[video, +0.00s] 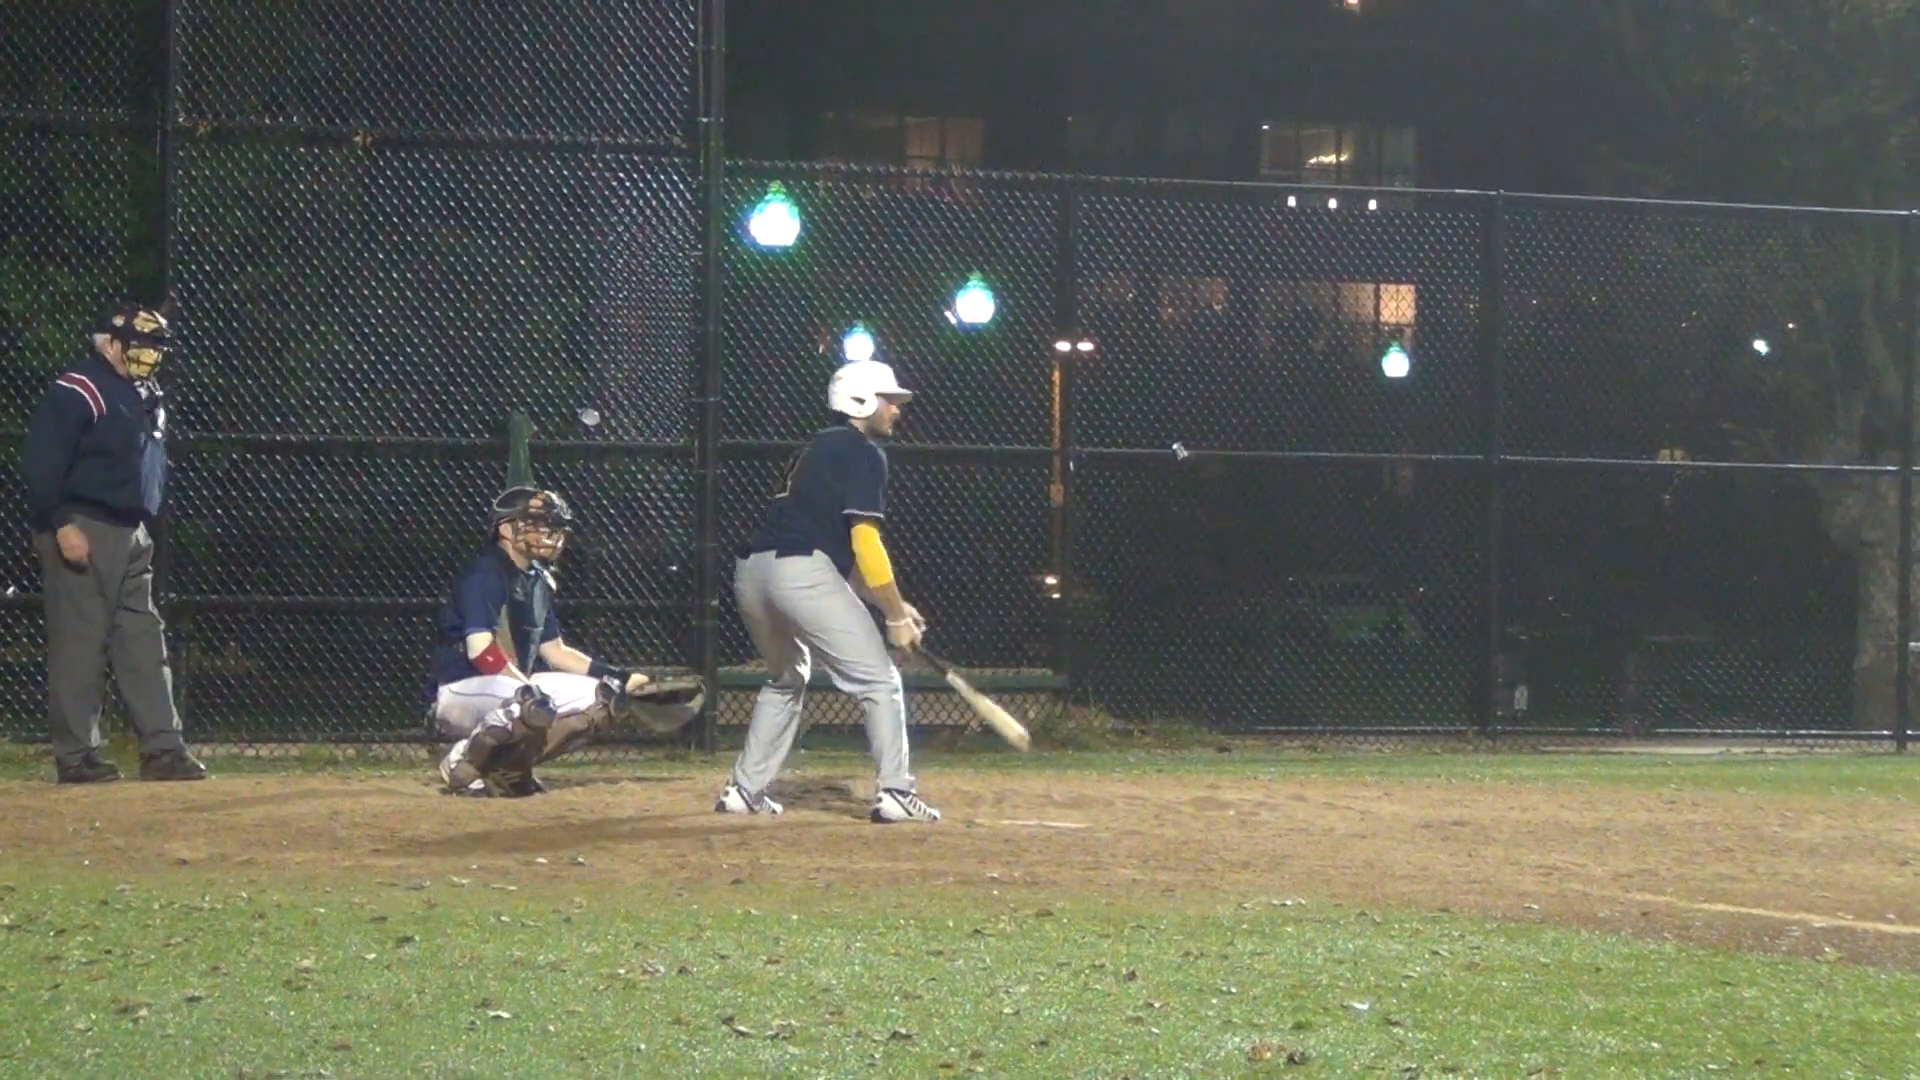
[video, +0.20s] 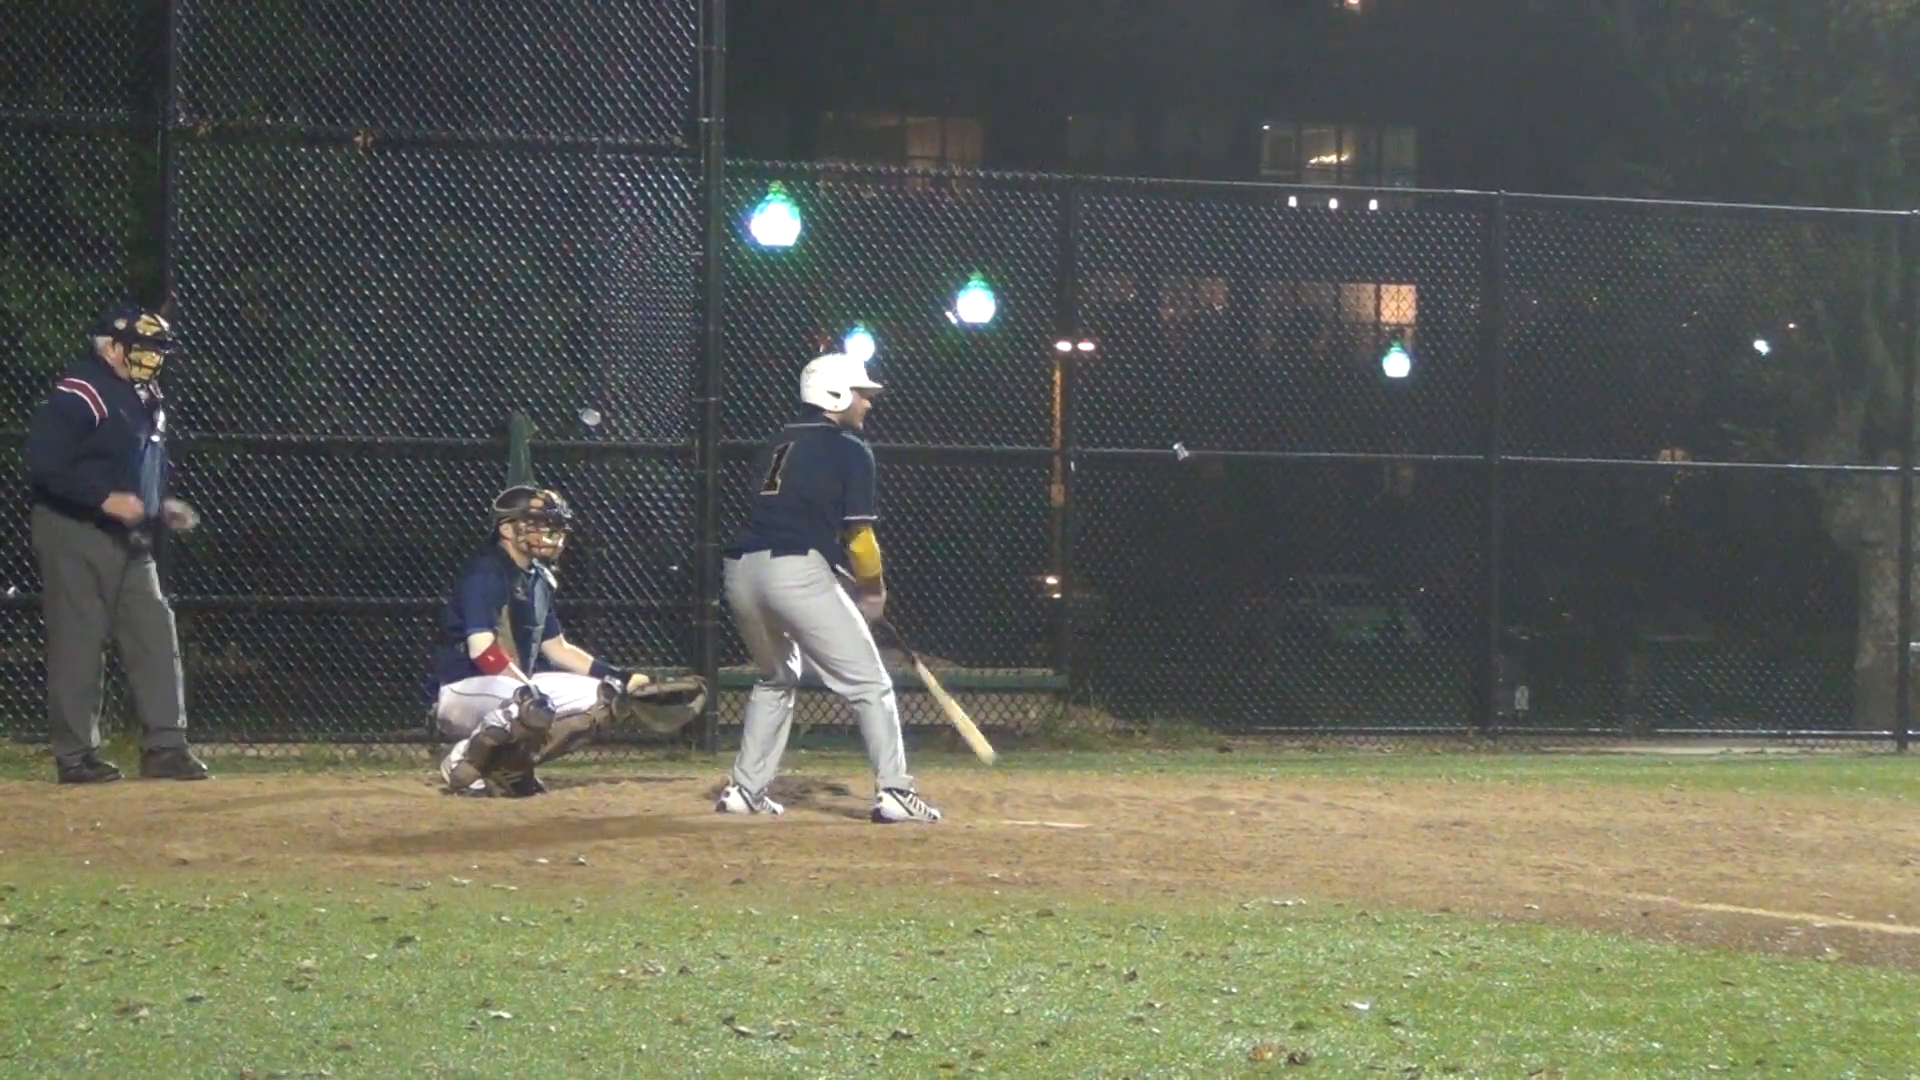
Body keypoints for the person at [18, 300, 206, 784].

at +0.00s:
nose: (149, 355)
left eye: (154, 347)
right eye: (140, 345)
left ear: (155, 349)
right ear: (113, 342)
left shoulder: (144, 394)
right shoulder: (79, 386)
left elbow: (143, 465)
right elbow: (40, 459)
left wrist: (142, 522)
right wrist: (61, 523)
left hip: (132, 534)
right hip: (80, 531)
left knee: (142, 641)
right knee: (79, 642)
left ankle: (163, 751)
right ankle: (75, 757)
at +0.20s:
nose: (150, 359)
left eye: (155, 350)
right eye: (142, 348)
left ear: (155, 351)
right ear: (114, 345)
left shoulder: (144, 395)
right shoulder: (83, 390)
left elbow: (139, 469)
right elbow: (45, 466)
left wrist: (163, 505)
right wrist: (104, 498)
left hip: (127, 533)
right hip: (72, 530)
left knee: (152, 628)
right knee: (78, 637)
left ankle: (166, 749)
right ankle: (76, 756)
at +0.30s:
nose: (155, 361)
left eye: (160, 352)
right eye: (147, 350)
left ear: (162, 354)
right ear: (118, 348)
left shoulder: (151, 400)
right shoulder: (85, 393)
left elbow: (146, 481)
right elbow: (68, 470)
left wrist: (192, 476)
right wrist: (139, 475)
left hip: (126, 536)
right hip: (73, 532)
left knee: (154, 627)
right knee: (77, 638)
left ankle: (171, 746)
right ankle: (76, 755)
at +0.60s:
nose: (191, 372)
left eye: (196, 364)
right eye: (182, 361)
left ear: (198, 367)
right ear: (154, 358)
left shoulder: (187, 414)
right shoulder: (122, 397)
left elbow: (207, 470)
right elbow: (140, 463)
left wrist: (262, 454)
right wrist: (206, 452)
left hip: (137, 539)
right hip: (83, 529)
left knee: (158, 640)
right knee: (84, 640)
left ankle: (182, 750)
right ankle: (79, 755)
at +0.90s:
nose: (235, 387)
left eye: (240, 379)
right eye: (228, 377)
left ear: (235, 381)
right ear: (201, 374)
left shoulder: (224, 427)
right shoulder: (156, 415)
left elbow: (223, 493)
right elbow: (161, 492)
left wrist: (260, 528)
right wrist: (221, 523)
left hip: (150, 542)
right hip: (96, 529)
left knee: (169, 641)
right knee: (89, 638)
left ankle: (184, 751)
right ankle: (64, 749)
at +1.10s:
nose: (239, 408)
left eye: (244, 400)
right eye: (232, 398)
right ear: (204, 394)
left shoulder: (221, 444)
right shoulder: (165, 429)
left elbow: (208, 519)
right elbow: (159, 508)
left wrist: (202, 575)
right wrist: (186, 575)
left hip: (147, 553)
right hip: (91, 537)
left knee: (171, 646)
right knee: (51, 641)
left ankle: (185, 751)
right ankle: (3, 719)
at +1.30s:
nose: (220, 453)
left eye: (225, 445)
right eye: (212, 442)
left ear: (231, 446)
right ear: (186, 439)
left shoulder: (196, 484)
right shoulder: (146, 472)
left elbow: (180, 550)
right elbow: (137, 554)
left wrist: (174, 591)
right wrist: (155, 608)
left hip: (123, 580)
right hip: (59, 570)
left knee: (170, 639)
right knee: (5, 657)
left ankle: (187, 750)